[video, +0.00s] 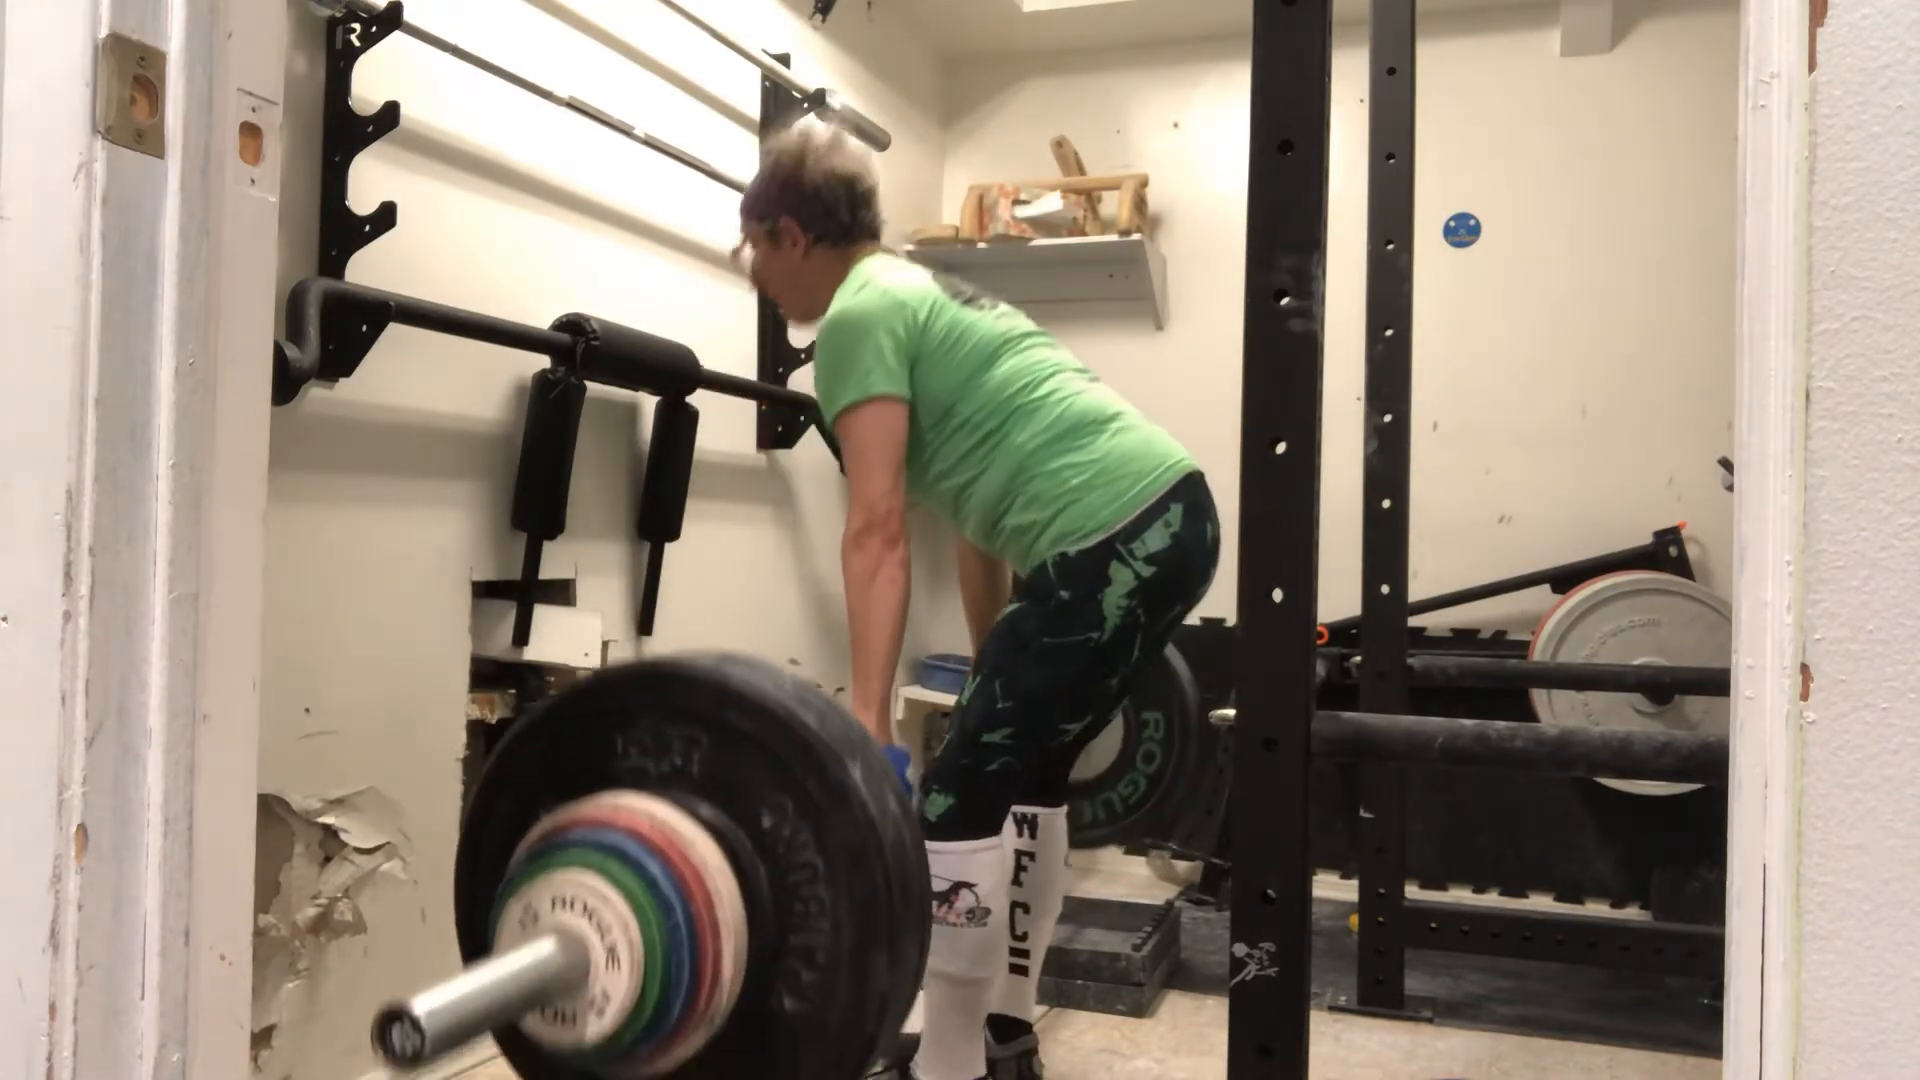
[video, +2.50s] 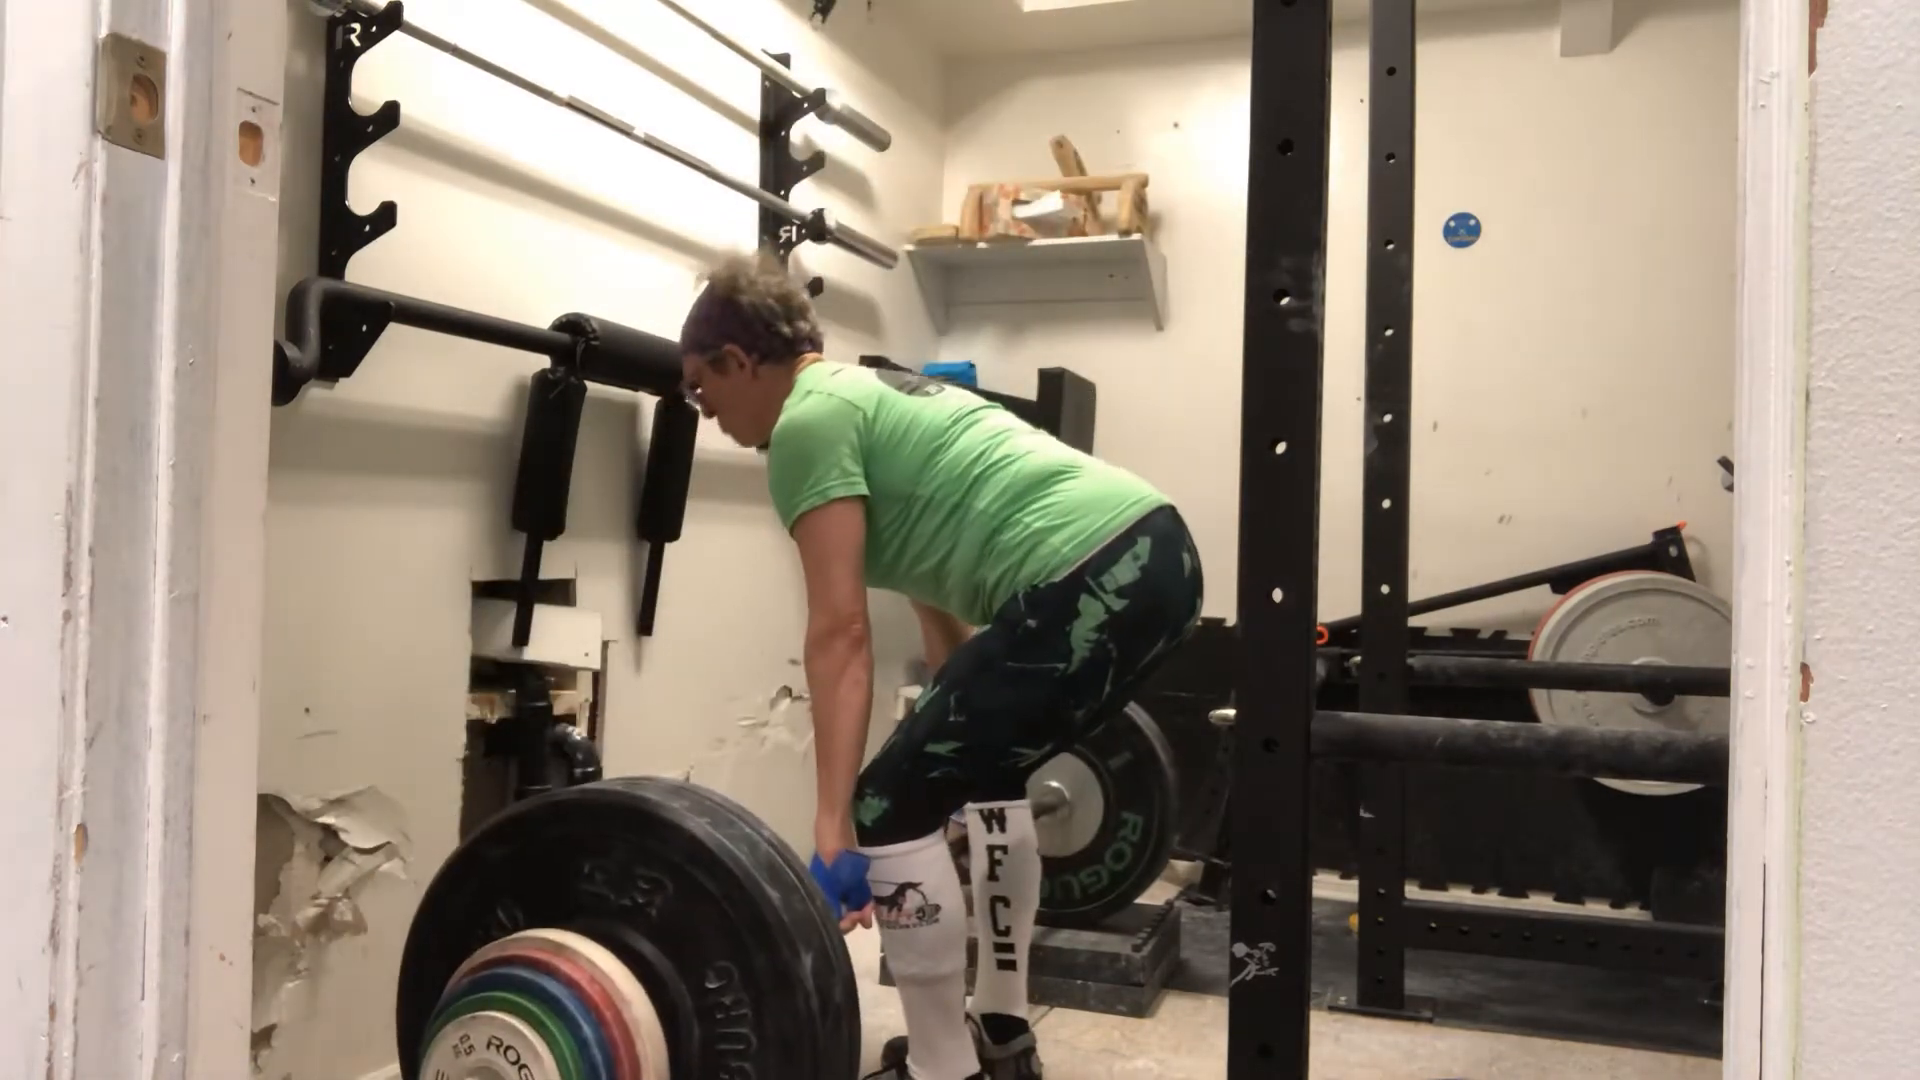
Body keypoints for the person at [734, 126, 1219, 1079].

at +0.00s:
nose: (751, 266)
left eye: (754, 242)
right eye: (749, 244)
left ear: (796, 235)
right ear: (843, 229)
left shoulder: (862, 312)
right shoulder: (922, 297)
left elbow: (877, 534)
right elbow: (981, 527)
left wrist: (868, 727)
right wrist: (992, 681)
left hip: (1111, 535)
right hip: (1160, 512)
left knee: (958, 800)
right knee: (1028, 780)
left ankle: (946, 1062)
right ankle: (1006, 1024)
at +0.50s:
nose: (909, 74)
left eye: (912, 47)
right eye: (904, 55)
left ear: (965, 21)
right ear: (1001, 28)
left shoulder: (986, 138)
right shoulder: (1053, 142)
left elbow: (947, 350)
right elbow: (1044, 337)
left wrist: (875, 522)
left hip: (982, 496)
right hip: (1052, 484)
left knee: (962, 783)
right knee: (1028, 769)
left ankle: (952, 1057)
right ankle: (1004, 1024)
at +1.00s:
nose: (784, 172)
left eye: (791, 145)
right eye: (782, 150)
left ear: (846, 130)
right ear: (863, 133)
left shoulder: (880, 230)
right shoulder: (935, 217)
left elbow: (883, 441)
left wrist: (856, 624)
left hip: (1050, 520)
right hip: (1101, 500)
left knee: (916, 769)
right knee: (995, 763)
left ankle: (941, 1061)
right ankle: (999, 1022)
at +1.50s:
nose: (696, 359)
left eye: (701, 337)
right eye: (693, 339)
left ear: (739, 323)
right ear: (774, 312)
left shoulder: (810, 388)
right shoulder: (860, 364)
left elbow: (841, 606)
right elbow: (946, 536)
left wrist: (835, 798)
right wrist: (957, 684)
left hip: (1087, 564)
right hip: (1144, 537)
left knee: (903, 805)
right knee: (996, 784)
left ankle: (942, 1062)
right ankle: (1000, 1028)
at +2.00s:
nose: (686, 428)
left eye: (680, 403)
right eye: (674, 410)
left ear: (716, 373)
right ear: (772, 357)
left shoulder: (788, 432)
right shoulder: (849, 409)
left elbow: (827, 644)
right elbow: (935, 623)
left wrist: (832, 841)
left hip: (1087, 571)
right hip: (1139, 545)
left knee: (887, 808)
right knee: (982, 791)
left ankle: (942, 1058)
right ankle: (999, 1027)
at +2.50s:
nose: (703, 409)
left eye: (702, 385)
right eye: (694, 392)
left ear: (744, 359)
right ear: (781, 348)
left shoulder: (808, 423)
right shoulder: (875, 395)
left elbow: (841, 637)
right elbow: (946, 627)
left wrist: (833, 824)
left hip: (1088, 583)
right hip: (1147, 555)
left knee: (890, 805)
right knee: (980, 790)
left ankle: (941, 1059)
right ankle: (998, 1025)